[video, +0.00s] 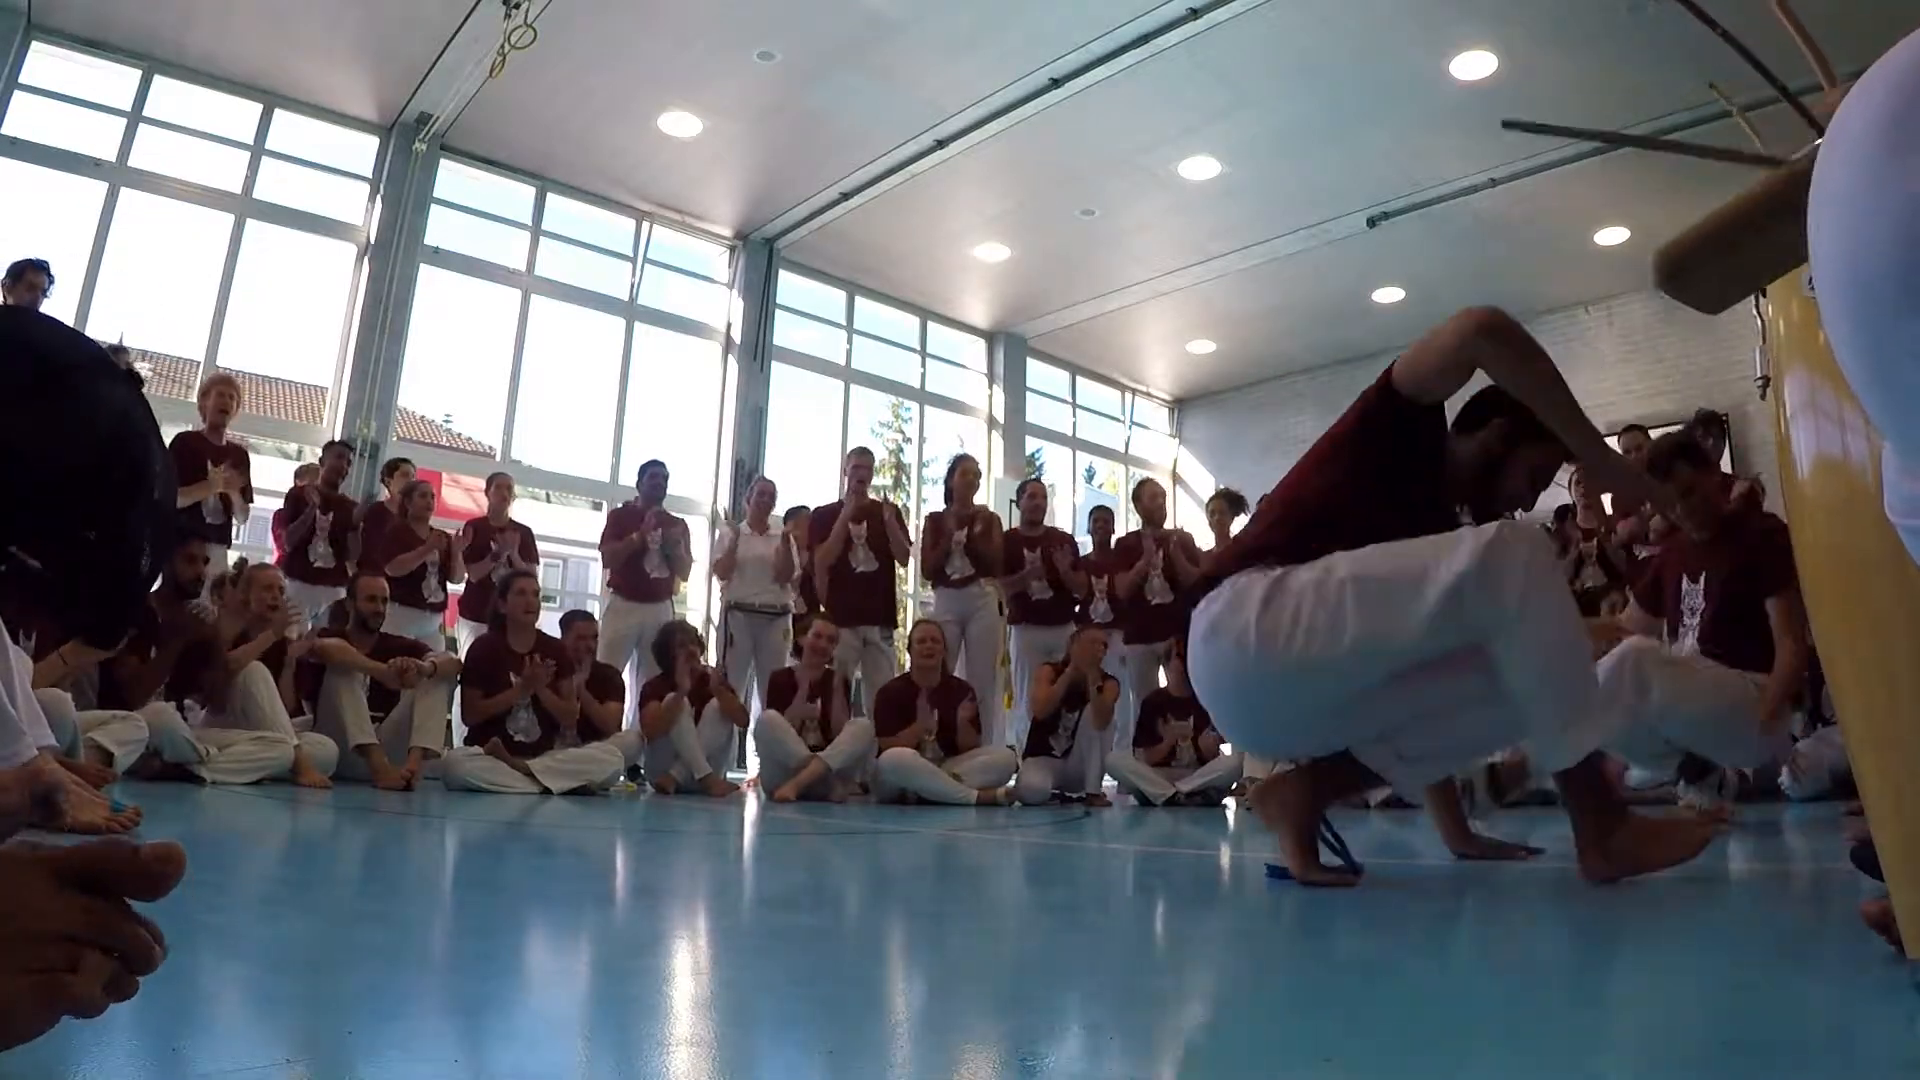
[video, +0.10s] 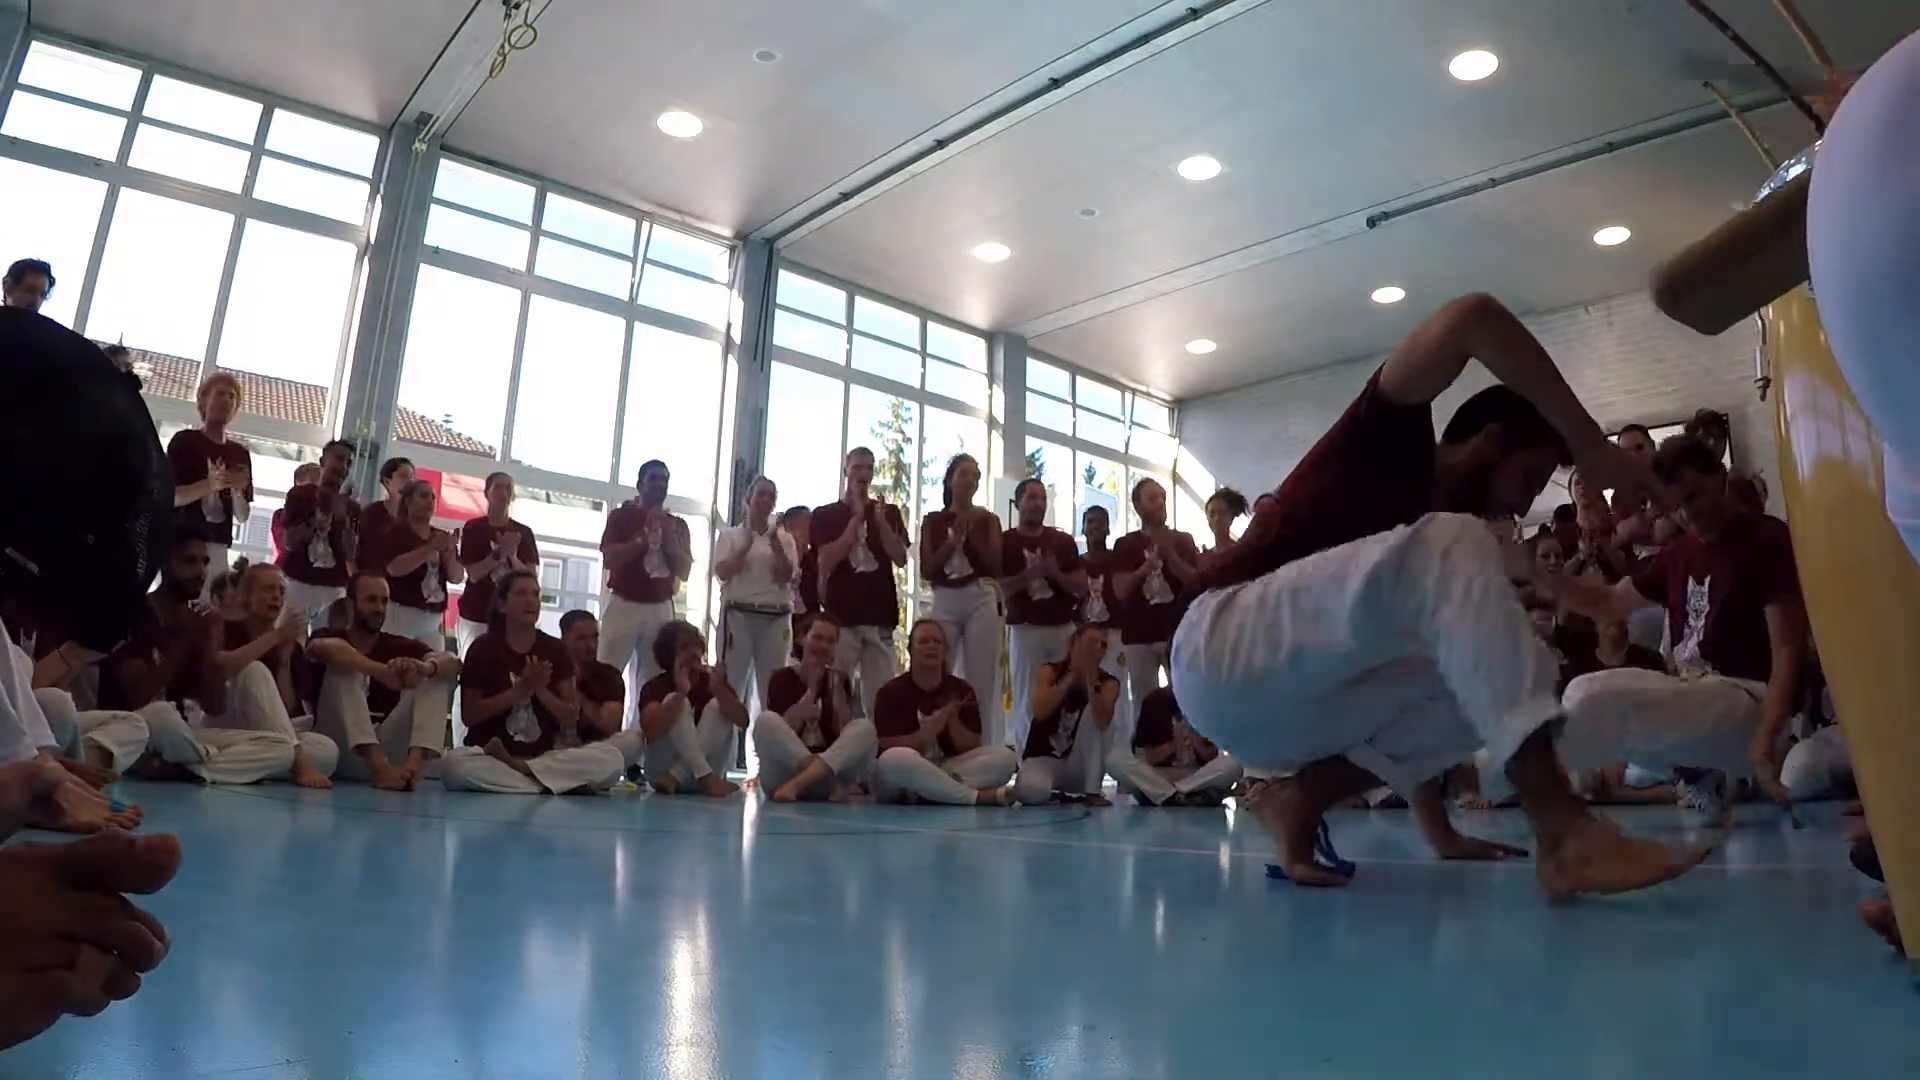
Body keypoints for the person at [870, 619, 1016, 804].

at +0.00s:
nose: (928, 646)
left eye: (935, 641)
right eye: (921, 642)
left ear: (944, 650)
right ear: (909, 650)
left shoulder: (961, 689)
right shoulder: (891, 692)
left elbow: (970, 749)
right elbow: (886, 747)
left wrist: (963, 723)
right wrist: (919, 728)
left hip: (951, 767)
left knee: (1005, 759)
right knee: (894, 759)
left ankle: (928, 792)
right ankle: (976, 798)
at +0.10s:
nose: (931, 646)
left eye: (937, 642)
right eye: (923, 642)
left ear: (945, 650)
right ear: (910, 649)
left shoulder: (961, 689)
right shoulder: (891, 692)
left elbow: (971, 748)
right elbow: (885, 746)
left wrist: (953, 721)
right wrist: (929, 731)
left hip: (951, 767)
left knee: (1005, 758)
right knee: (895, 759)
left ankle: (928, 791)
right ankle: (975, 798)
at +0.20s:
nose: (931, 646)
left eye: (937, 642)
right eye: (924, 642)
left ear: (945, 650)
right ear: (910, 649)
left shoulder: (962, 690)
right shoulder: (891, 692)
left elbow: (971, 748)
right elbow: (883, 746)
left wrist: (953, 723)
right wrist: (927, 732)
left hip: (951, 768)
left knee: (1006, 758)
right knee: (895, 759)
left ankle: (929, 792)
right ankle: (976, 797)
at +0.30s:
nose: (932, 647)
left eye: (938, 642)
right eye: (924, 642)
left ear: (945, 650)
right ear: (911, 650)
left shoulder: (961, 690)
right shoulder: (891, 692)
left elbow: (974, 744)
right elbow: (882, 746)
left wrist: (959, 734)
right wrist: (920, 733)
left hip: (951, 765)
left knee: (1005, 758)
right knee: (895, 759)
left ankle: (929, 792)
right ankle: (974, 797)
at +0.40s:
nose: (933, 647)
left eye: (939, 642)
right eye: (925, 642)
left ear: (946, 650)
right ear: (911, 650)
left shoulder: (961, 691)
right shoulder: (890, 693)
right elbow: (884, 747)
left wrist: (961, 726)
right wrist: (921, 732)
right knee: (892, 757)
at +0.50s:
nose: (933, 647)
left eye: (939, 642)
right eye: (925, 642)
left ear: (945, 650)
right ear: (911, 650)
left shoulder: (962, 691)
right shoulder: (890, 693)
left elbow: (972, 740)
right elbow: (884, 745)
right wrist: (925, 740)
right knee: (891, 757)